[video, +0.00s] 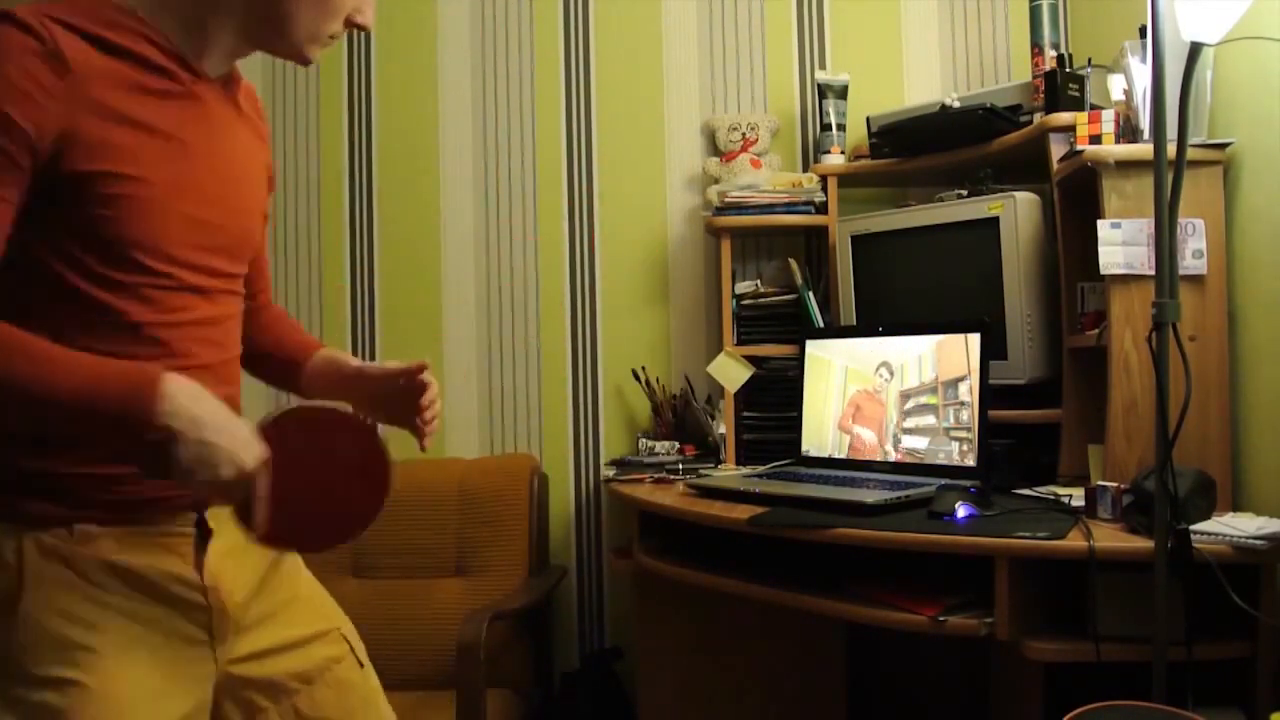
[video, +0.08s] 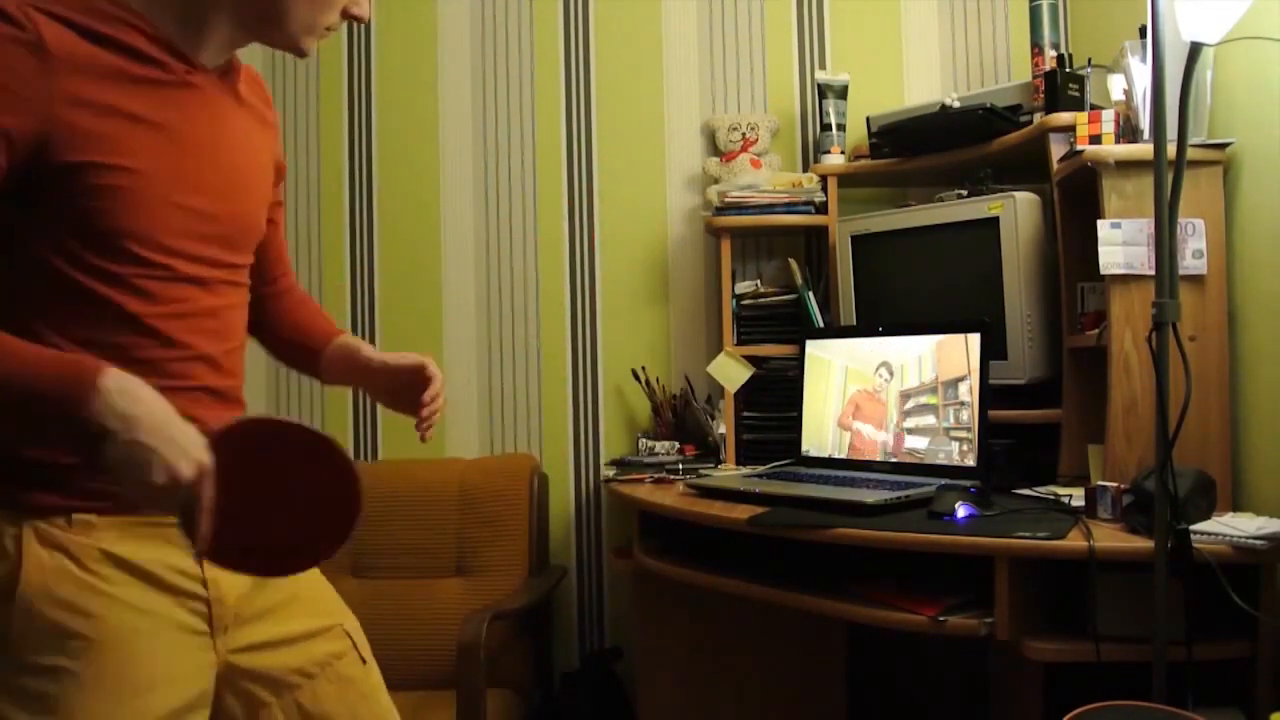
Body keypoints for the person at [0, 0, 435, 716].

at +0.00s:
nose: (366, 16)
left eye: (370, 1)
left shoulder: (243, 108)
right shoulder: (37, 53)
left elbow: (245, 308)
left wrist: (352, 381)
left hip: (245, 554)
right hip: (77, 564)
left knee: (360, 708)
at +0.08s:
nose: (364, 9)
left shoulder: (251, 100)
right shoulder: (32, 47)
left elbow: (269, 291)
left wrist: (369, 369)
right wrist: (99, 391)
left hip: (251, 545)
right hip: (78, 550)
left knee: (363, 706)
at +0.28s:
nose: (387, 15)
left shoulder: (294, 102)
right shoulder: (55, 62)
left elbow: (342, 254)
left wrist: (417, 338)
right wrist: (19, 388)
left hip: (277, 528)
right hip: (114, 541)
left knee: (378, 707)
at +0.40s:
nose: (411, 38)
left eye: (417, 12)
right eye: (405, 6)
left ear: (323, 2)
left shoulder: (293, 111)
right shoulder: (131, 102)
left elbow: (340, 264)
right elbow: (94, 359)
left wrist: (442, 318)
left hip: (290, 523)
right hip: (158, 537)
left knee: (397, 711)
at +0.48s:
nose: (415, 45)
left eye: (421, 23)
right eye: (408, 16)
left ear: (323, 3)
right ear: (324, 0)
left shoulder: (270, 106)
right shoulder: (163, 104)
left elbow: (326, 270)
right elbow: (207, 367)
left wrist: (443, 298)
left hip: (288, 519)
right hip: (180, 532)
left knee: (390, 709)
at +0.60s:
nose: (397, 43)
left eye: (407, 22)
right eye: (394, 14)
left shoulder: (220, 86)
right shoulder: (176, 88)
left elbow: (326, 262)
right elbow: (360, 297)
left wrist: (442, 238)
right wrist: (514, 240)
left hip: (258, 525)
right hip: (159, 541)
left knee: (365, 713)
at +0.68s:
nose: (383, 41)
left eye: (391, 18)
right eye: (379, 9)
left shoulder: (195, 76)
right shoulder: (164, 76)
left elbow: (263, 269)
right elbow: (374, 271)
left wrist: (426, 216)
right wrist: (493, 198)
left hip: (238, 531)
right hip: (139, 547)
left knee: (340, 708)